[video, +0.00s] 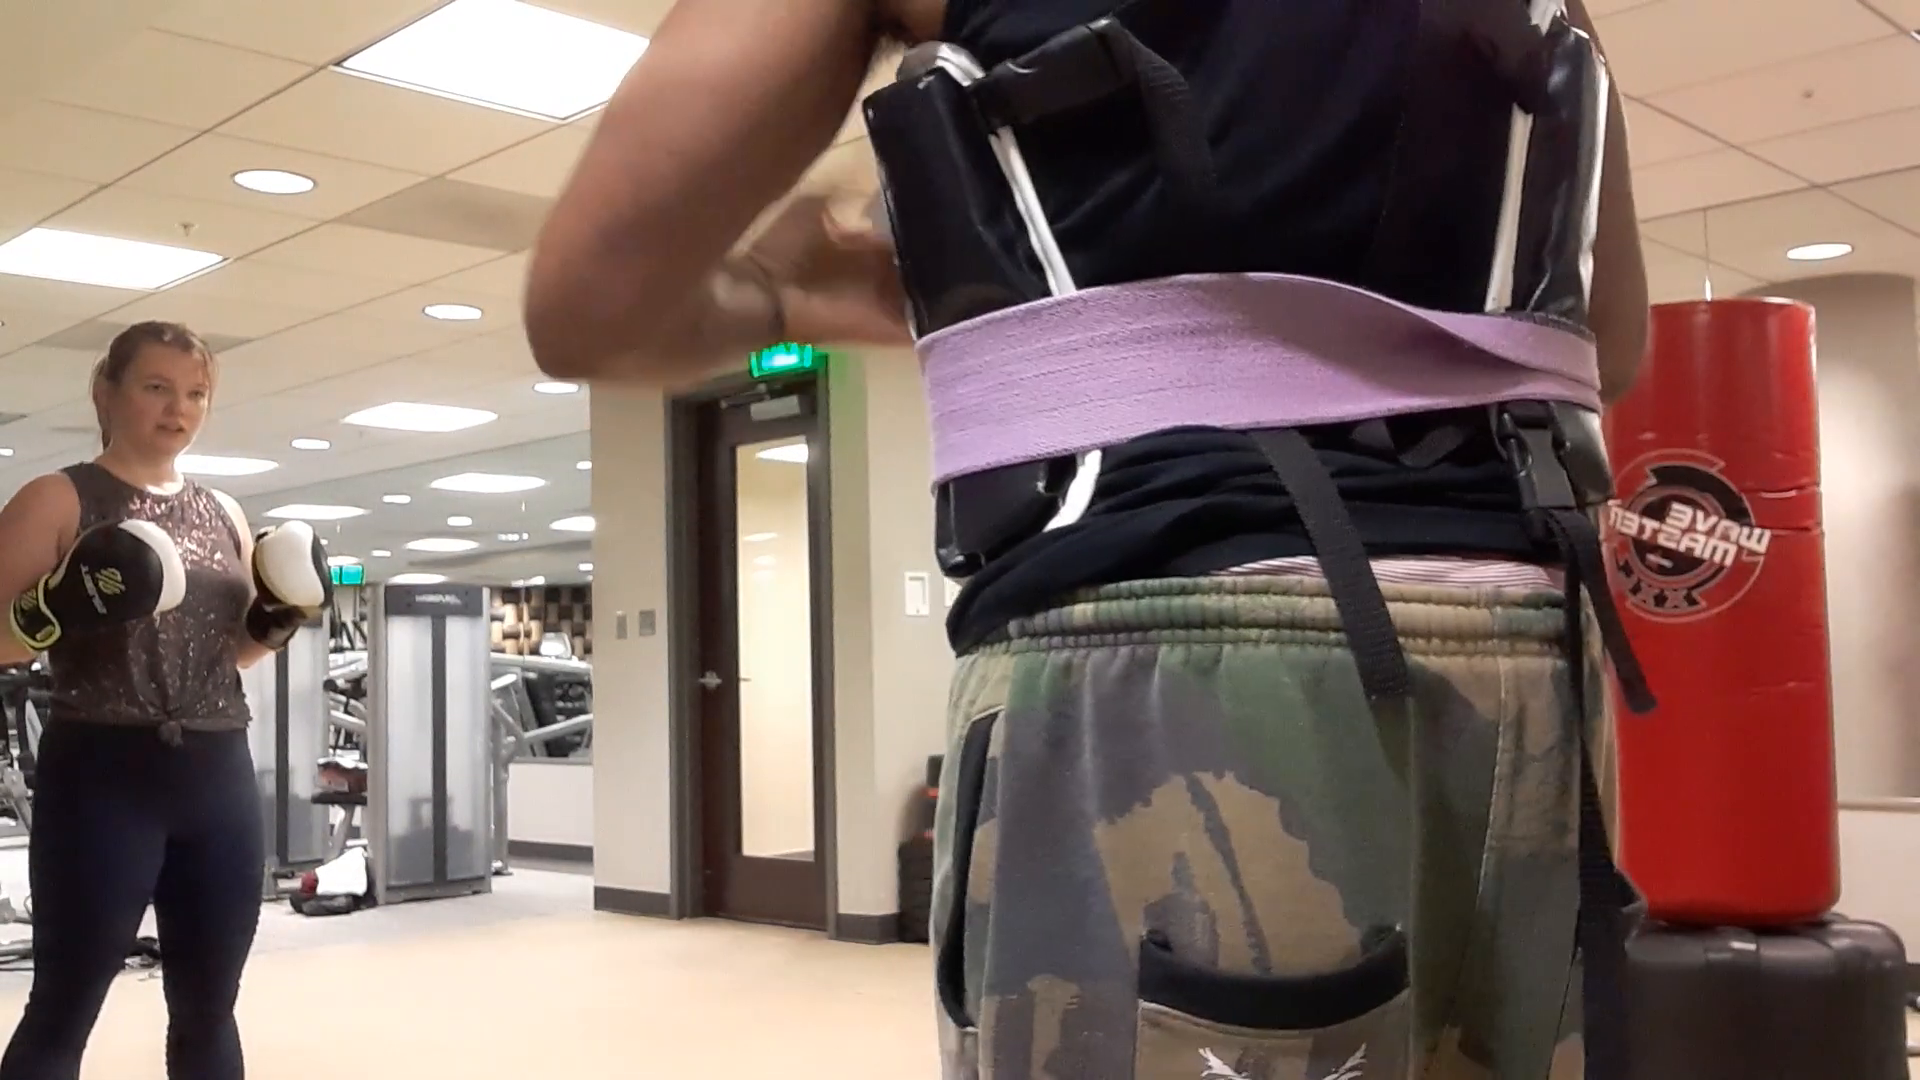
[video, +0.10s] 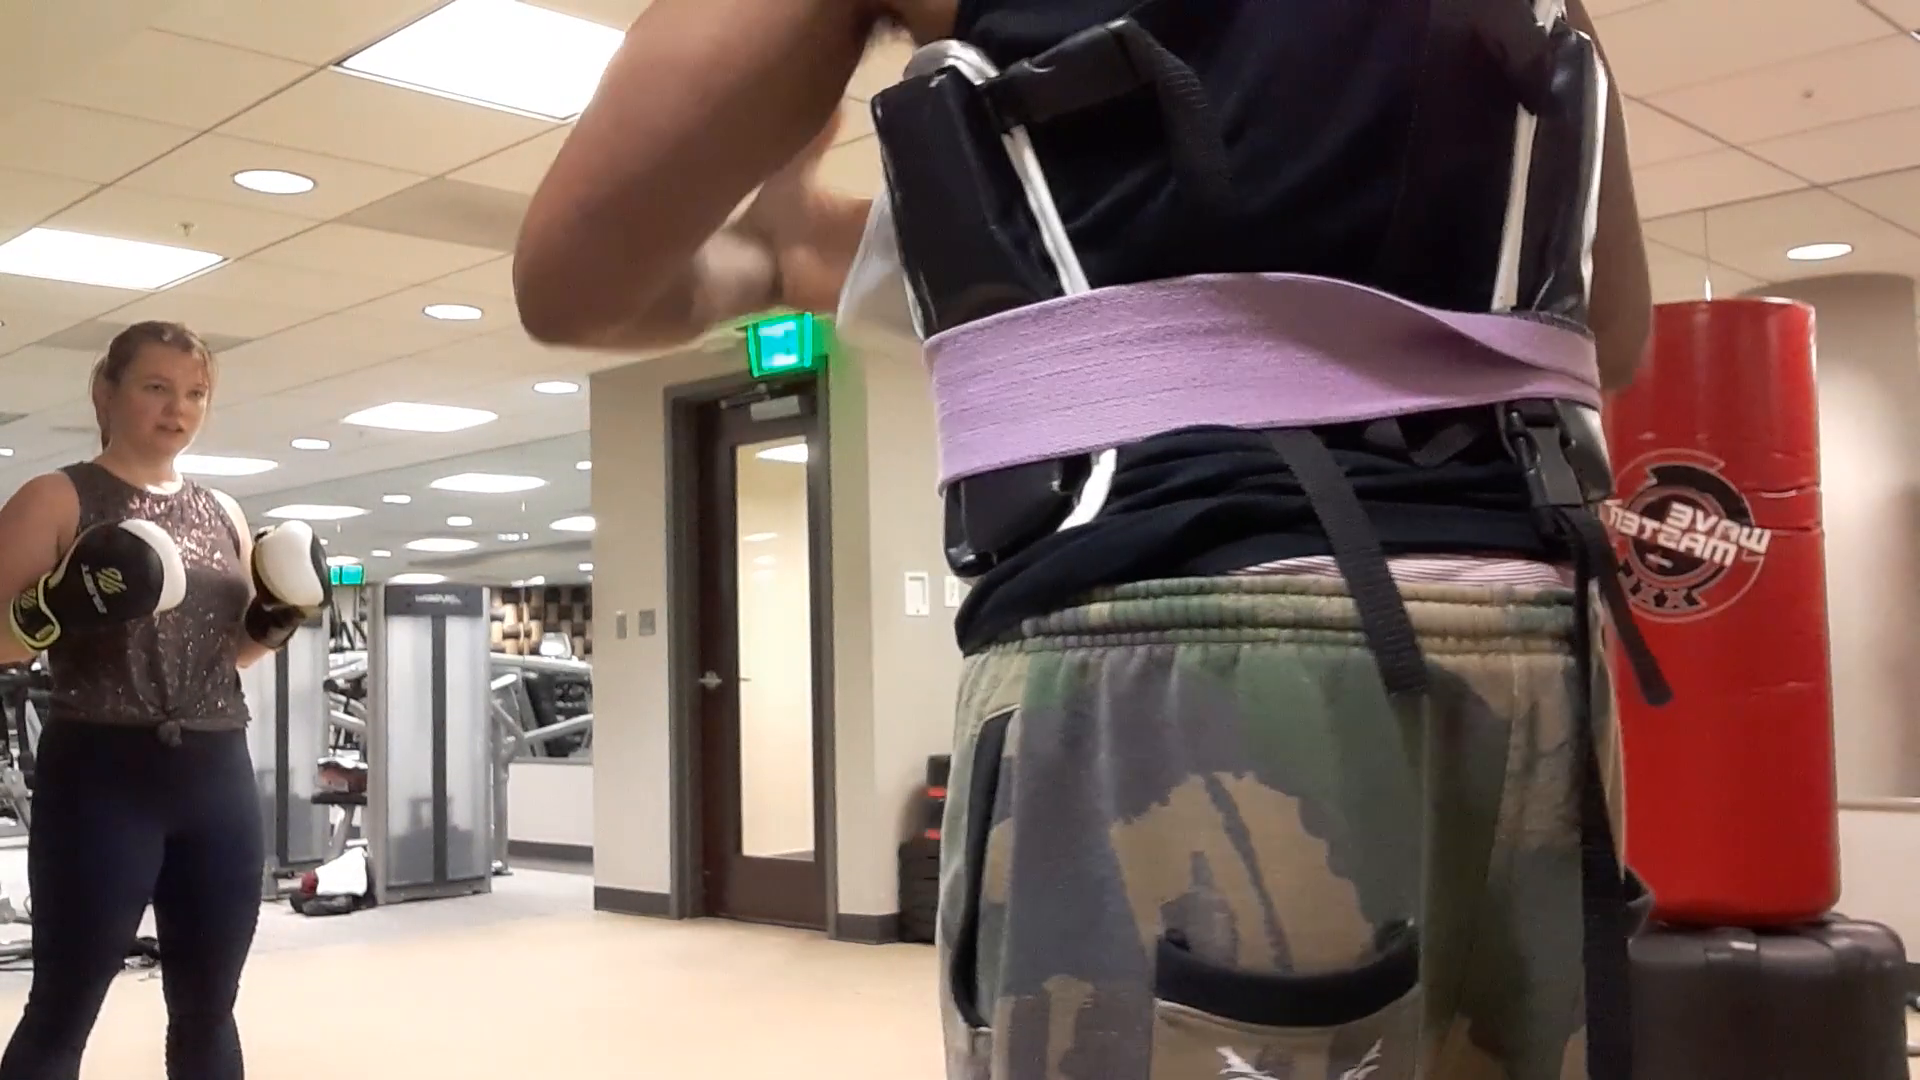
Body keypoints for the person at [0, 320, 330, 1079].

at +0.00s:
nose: (180, 408)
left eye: (195, 393)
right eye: (158, 388)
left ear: (208, 406)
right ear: (106, 393)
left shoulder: (224, 516)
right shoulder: (57, 501)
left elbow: (224, 660)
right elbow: (3, 645)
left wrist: (281, 616)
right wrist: (61, 606)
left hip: (220, 777)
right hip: (99, 777)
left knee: (209, 1013)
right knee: (63, 1010)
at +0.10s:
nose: (179, 408)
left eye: (195, 393)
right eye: (157, 387)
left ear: (207, 407)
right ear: (106, 393)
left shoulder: (224, 516)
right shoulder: (55, 501)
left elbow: (224, 660)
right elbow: (3, 644)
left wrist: (280, 614)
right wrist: (59, 606)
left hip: (219, 777)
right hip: (98, 777)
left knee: (208, 1013)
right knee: (62, 1012)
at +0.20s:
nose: (179, 408)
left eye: (195, 394)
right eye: (157, 387)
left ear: (206, 407)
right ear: (105, 393)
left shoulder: (223, 516)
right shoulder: (56, 500)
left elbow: (224, 660)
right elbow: (2, 644)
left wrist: (279, 615)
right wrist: (60, 605)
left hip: (218, 777)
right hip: (98, 777)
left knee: (209, 1009)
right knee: (64, 1007)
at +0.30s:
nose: (179, 409)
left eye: (195, 394)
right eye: (157, 388)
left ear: (206, 407)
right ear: (104, 393)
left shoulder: (223, 516)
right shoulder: (55, 501)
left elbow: (226, 658)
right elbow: (3, 645)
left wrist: (280, 615)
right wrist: (61, 606)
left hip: (218, 776)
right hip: (97, 776)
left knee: (208, 1009)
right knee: (63, 1009)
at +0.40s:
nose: (179, 408)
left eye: (194, 394)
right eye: (157, 388)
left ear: (206, 407)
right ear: (104, 394)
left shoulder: (223, 518)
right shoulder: (55, 503)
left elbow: (221, 661)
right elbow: (2, 646)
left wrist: (278, 616)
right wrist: (62, 608)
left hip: (218, 778)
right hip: (97, 778)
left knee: (208, 1011)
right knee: (63, 1008)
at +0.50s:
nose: (180, 408)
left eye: (195, 394)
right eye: (158, 388)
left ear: (206, 407)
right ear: (104, 394)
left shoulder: (223, 518)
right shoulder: (54, 503)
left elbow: (224, 661)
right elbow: (3, 648)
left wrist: (278, 615)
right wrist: (63, 608)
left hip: (218, 776)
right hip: (96, 776)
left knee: (208, 1011)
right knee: (61, 1013)